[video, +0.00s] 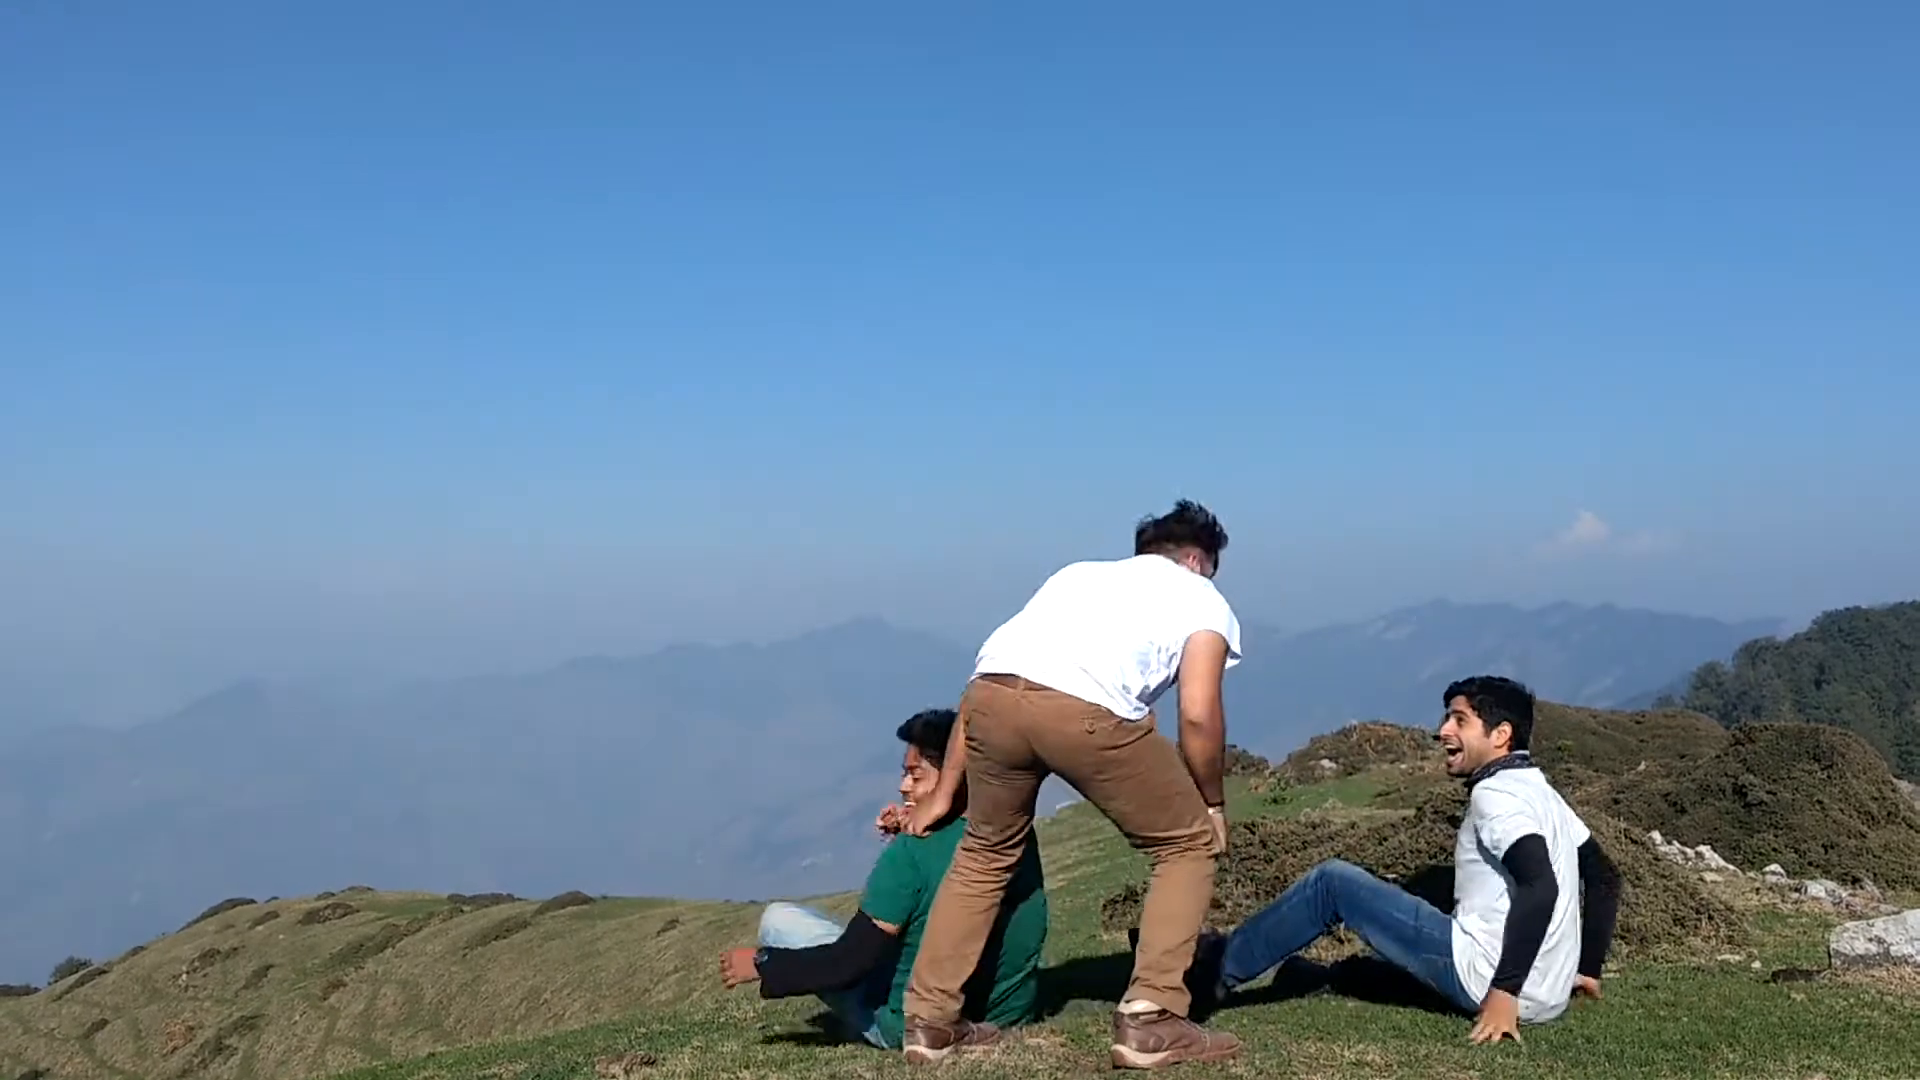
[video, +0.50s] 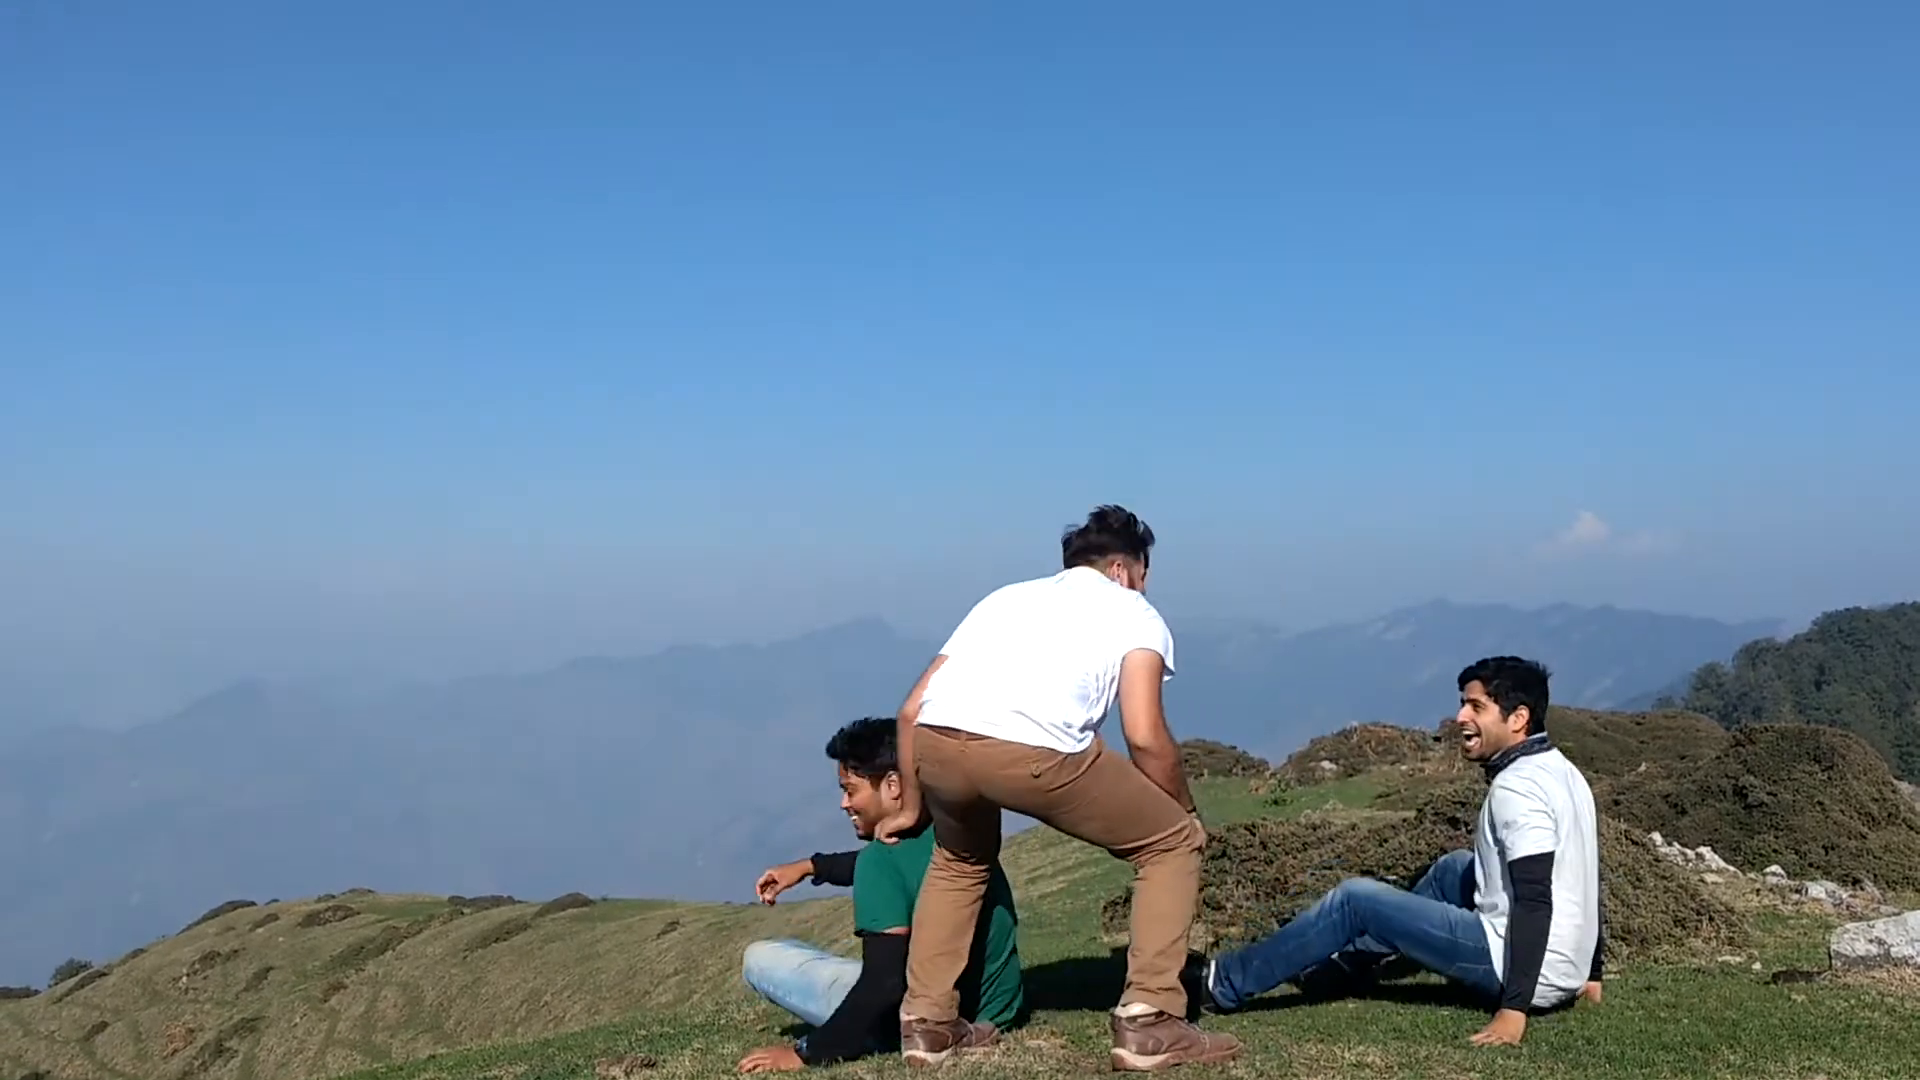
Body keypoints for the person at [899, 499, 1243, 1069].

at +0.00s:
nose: (1211, 575)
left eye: (1211, 566)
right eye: (1210, 564)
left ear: (1142, 551)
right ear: (1192, 559)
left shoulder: (1079, 574)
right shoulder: (1201, 599)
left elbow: (989, 672)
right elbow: (1199, 719)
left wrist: (943, 792)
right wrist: (1211, 806)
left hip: (993, 703)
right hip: (1083, 715)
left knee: (987, 847)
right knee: (1185, 842)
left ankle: (929, 1021)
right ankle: (1150, 1017)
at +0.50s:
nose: (1144, 586)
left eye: (1145, 574)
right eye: (1143, 573)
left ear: (1072, 562)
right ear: (1122, 568)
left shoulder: (1004, 598)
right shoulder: (1134, 614)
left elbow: (911, 710)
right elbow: (1146, 739)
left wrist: (915, 807)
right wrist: (1183, 816)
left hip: (936, 743)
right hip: (1030, 753)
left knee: (962, 853)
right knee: (1172, 841)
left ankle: (927, 1022)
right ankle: (1149, 1021)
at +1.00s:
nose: (1174, 569)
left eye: (1176, 553)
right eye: (1174, 552)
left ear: (1098, 541)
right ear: (1148, 554)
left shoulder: (1022, 577)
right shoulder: (1143, 606)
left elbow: (924, 680)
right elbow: (1135, 741)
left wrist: (917, 773)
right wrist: (1189, 804)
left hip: (931, 738)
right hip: (1019, 751)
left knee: (954, 853)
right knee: (1167, 836)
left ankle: (927, 1023)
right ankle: (1149, 1019)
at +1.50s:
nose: (1178, 592)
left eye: (1180, 577)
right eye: (1177, 576)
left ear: (1106, 565)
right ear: (1153, 574)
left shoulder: (1036, 595)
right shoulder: (1146, 621)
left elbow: (944, 685)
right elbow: (1131, 751)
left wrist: (910, 792)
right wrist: (1187, 804)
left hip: (928, 744)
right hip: (1008, 757)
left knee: (980, 858)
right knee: (1165, 837)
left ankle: (930, 1022)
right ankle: (1150, 1021)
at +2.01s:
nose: (1182, 584)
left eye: (1185, 570)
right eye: (1182, 568)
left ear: (1113, 553)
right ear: (1152, 562)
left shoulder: (1036, 586)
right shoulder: (1141, 612)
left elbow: (967, 676)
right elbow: (1132, 749)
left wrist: (904, 774)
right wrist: (1191, 804)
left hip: (930, 745)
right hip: (1013, 755)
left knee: (987, 861)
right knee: (1167, 835)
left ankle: (930, 1022)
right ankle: (1149, 1021)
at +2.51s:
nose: (1110, 426)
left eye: (1120, 412)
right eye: (1094, 410)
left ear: (1126, 417)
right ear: (1054, 413)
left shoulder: (1059, 487)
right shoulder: (1039, 488)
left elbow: (1045, 615)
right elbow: (1036, 614)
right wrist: (1117, 678)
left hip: (1020, 707)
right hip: (1047, 708)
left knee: (1057, 850)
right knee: (1177, 832)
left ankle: (949, 1003)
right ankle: (1160, 1023)